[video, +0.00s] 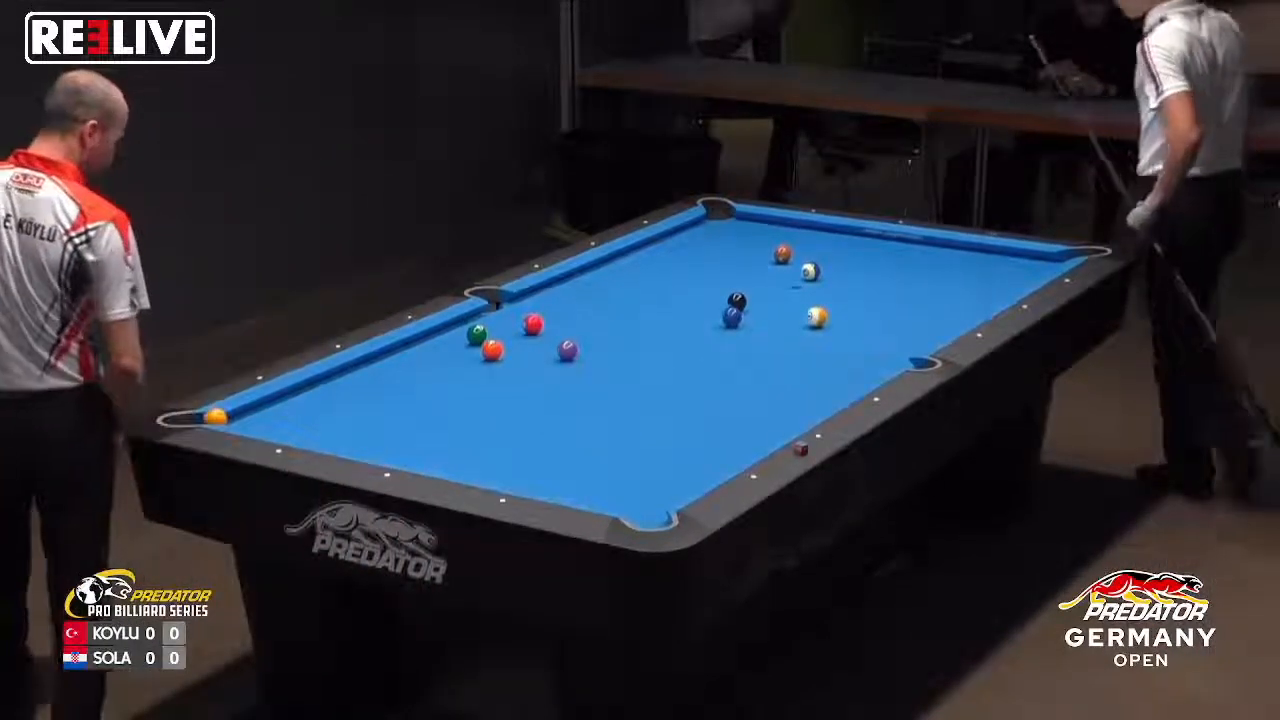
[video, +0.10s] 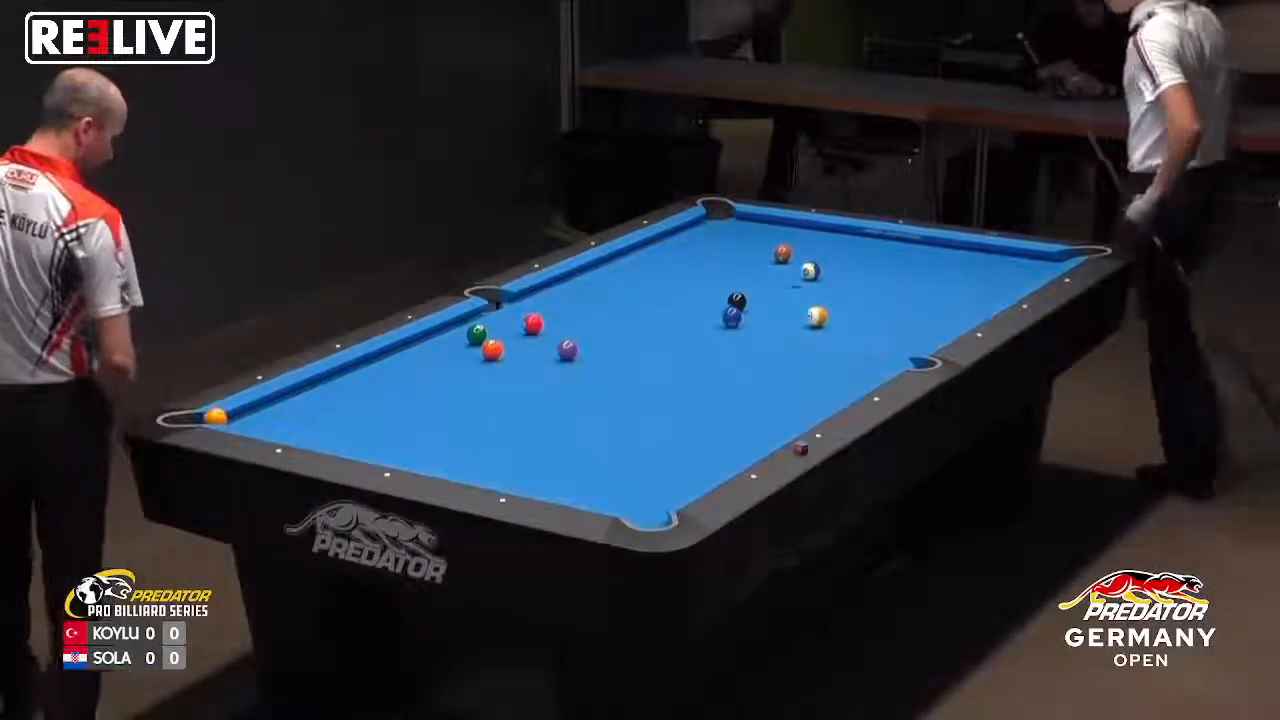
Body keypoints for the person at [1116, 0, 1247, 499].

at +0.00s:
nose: (1120, 5)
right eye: (1118, 1)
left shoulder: (1162, 40)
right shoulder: (1226, 25)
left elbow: (1185, 135)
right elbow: (1228, 118)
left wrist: (1153, 202)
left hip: (1182, 198)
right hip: (1223, 193)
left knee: (1174, 332)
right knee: (1199, 329)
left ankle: (1187, 464)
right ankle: (1237, 443)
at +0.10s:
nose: (1107, 1)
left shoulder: (1152, 34)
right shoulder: (1205, 20)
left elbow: (1186, 127)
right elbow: (1211, 116)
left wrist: (1152, 198)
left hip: (1169, 191)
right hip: (1199, 184)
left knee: (1167, 331)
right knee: (1176, 327)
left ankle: (1188, 467)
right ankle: (1200, 455)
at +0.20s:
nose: (1087, 8)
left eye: (1088, 5)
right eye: (1087, 6)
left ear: (1102, 1)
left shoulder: (1137, 29)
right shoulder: (1165, 18)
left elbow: (1183, 116)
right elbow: (1189, 117)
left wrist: (1153, 191)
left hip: (1144, 192)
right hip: (1147, 186)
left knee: (1150, 325)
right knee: (1132, 313)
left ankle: (1189, 463)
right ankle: (1130, 421)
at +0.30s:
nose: (1072, 4)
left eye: (1074, 0)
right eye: (1073, 2)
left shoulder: (1124, 27)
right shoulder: (1132, 19)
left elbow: (1177, 109)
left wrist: (1148, 189)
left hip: (1132, 188)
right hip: (1132, 183)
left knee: (1144, 325)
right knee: (1112, 308)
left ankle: (1188, 465)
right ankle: (1079, 410)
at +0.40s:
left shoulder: (1103, 22)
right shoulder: (1087, 25)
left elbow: (1159, 100)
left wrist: (1134, 184)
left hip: (1108, 189)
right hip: (1094, 183)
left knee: (1127, 336)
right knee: (1075, 319)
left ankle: (1187, 464)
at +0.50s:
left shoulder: (1084, 17)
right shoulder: (1064, 22)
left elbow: (1141, 95)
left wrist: (1122, 178)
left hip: (1091, 181)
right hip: (1067, 176)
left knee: (1097, 327)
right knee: (1054, 316)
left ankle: (1163, 444)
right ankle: (1051, 417)